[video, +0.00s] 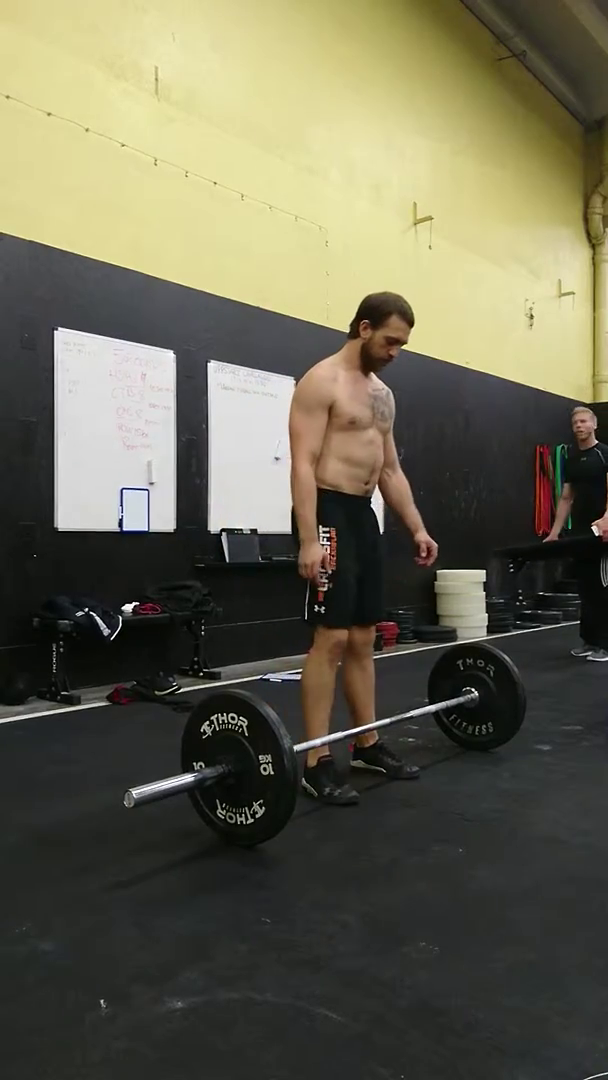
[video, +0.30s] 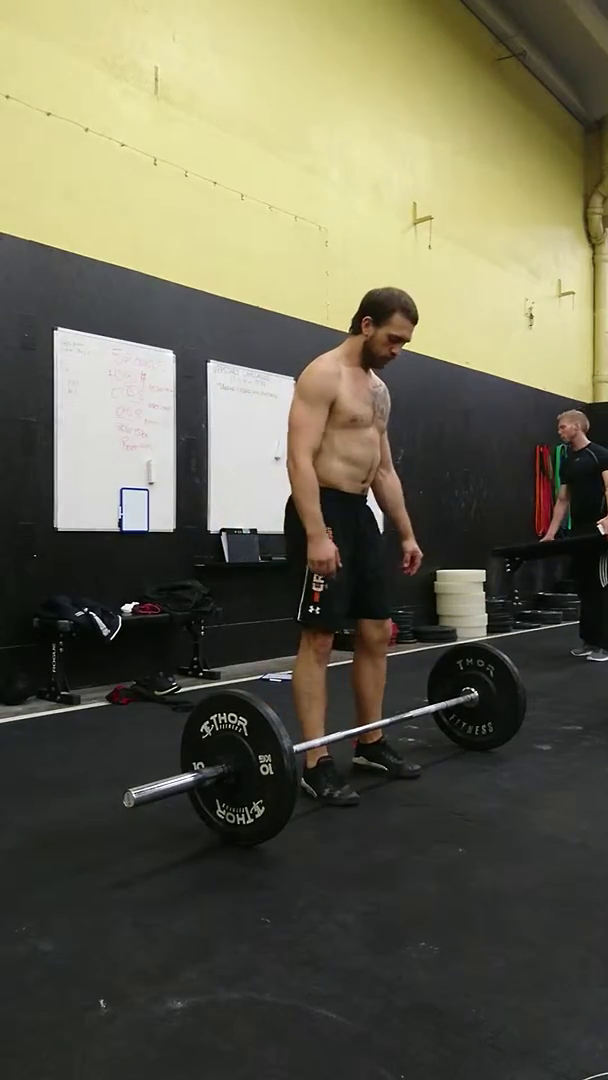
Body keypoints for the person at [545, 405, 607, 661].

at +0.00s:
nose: (580, 426)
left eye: (584, 421)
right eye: (576, 422)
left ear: (594, 424)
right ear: (572, 427)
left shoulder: (603, 453)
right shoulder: (573, 457)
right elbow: (566, 497)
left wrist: (606, 519)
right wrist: (555, 531)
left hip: (601, 531)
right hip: (581, 532)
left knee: (600, 587)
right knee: (587, 587)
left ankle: (604, 645)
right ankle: (591, 641)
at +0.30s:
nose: (559, 432)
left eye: (563, 427)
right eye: (559, 428)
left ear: (578, 427)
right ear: (571, 429)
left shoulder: (600, 455)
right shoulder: (569, 460)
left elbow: (607, 492)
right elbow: (562, 500)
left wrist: (605, 520)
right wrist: (550, 533)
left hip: (598, 532)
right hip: (579, 533)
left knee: (599, 587)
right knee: (586, 588)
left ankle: (603, 645)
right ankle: (590, 641)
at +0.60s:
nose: (557, 436)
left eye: (559, 431)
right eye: (556, 432)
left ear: (574, 431)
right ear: (568, 432)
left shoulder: (597, 454)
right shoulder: (570, 460)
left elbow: (607, 489)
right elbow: (567, 502)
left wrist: (605, 519)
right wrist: (554, 535)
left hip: (598, 532)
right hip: (580, 532)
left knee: (598, 587)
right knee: (585, 586)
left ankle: (604, 645)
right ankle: (591, 641)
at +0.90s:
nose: (562, 432)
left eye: (565, 427)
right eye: (562, 427)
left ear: (579, 429)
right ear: (575, 429)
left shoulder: (596, 453)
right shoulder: (573, 455)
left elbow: (598, 489)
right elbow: (577, 493)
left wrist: (584, 520)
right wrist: (573, 520)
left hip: (599, 531)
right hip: (583, 530)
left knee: (597, 584)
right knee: (578, 583)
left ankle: (603, 644)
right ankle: (587, 638)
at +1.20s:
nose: (557, 431)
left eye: (561, 428)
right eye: (558, 428)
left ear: (573, 431)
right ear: (573, 431)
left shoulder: (580, 455)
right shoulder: (575, 454)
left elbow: (569, 492)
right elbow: (572, 494)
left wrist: (546, 521)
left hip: (594, 521)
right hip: (582, 521)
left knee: (591, 580)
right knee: (576, 582)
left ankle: (604, 646)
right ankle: (570, 643)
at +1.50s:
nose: (538, 450)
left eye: (539, 445)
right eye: (538, 446)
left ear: (546, 444)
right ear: (560, 445)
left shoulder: (555, 462)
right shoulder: (571, 463)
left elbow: (539, 499)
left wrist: (520, 527)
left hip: (587, 521)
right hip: (590, 520)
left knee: (573, 578)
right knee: (575, 579)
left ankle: (576, 645)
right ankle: (572, 641)